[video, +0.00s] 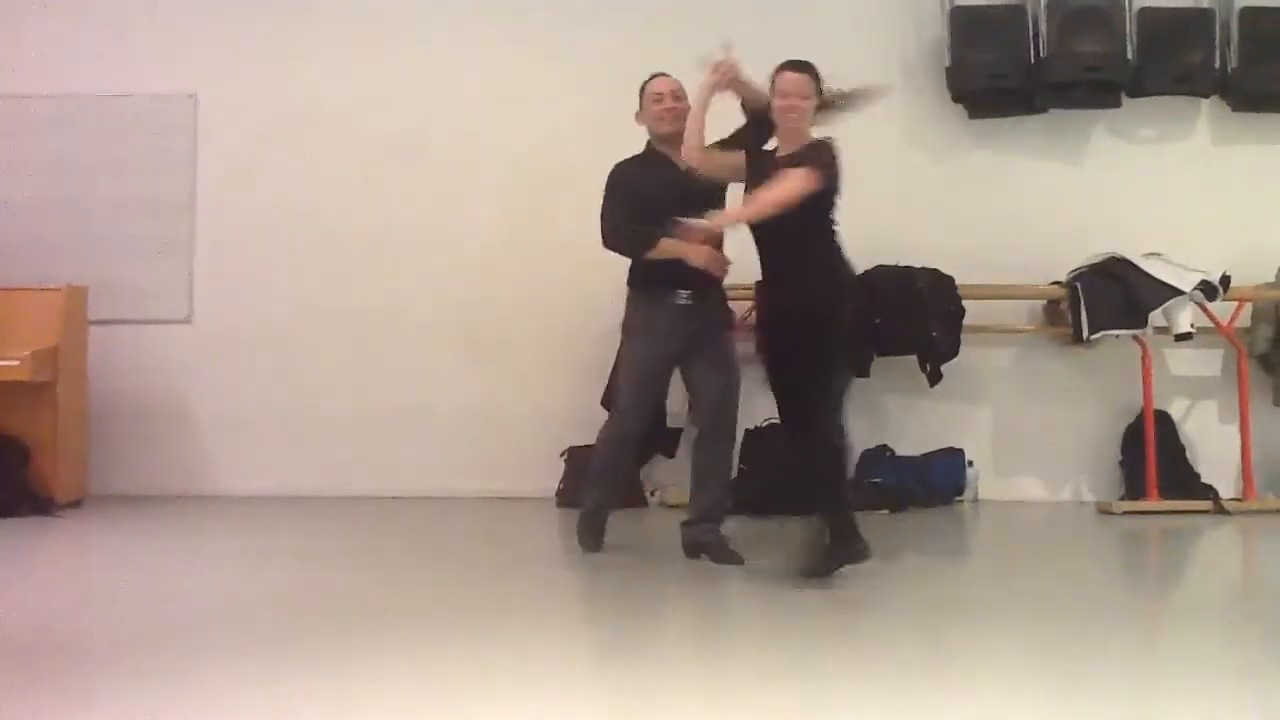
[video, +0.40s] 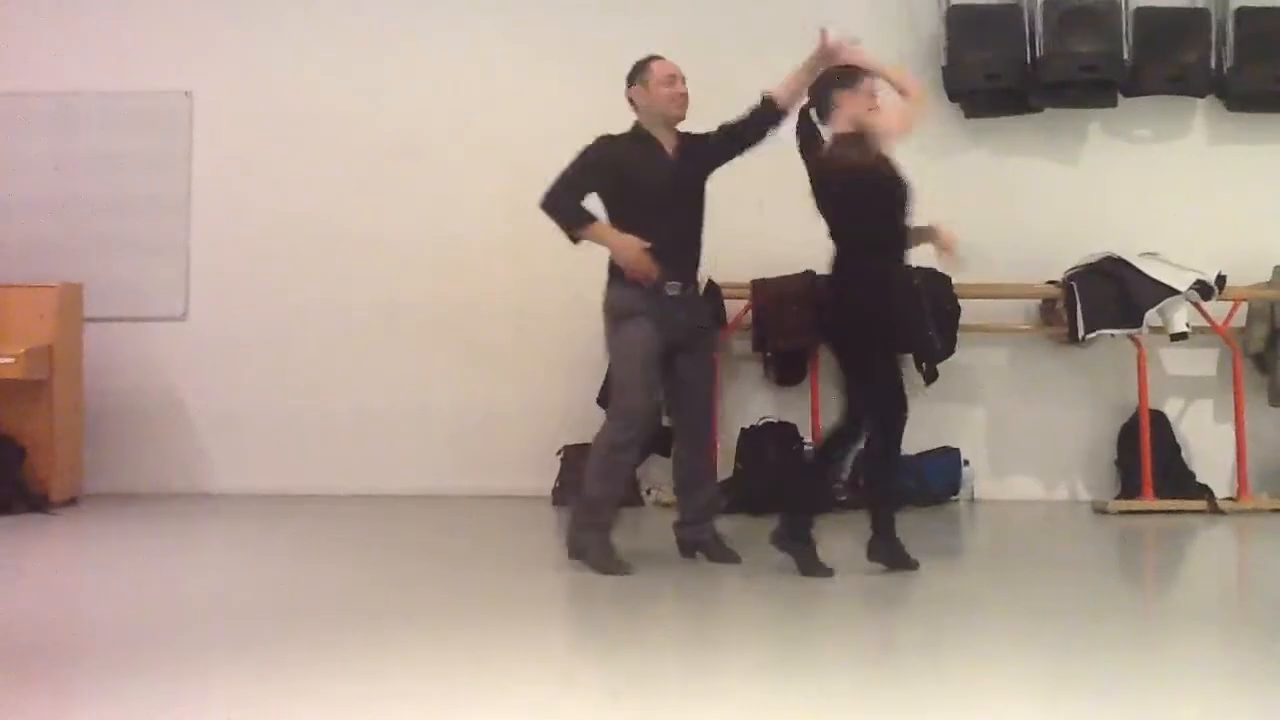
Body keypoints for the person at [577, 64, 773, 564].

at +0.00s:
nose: (669, 105)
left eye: (676, 98)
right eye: (657, 100)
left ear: (691, 110)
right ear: (641, 116)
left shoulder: (711, 162)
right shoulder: (628, 173)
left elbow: (763, 124)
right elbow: (615, 235)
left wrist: (741, 87)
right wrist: (685, 249)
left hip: (707, 306)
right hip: (652, 306)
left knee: (718, 411)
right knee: (633, 414)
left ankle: (704, 527)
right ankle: (596, 504)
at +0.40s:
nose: (681, 87)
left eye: (682, 81)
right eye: (668, 81)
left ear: (684, 95)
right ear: (636, 96)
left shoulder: (698, 151)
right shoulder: (610, 152)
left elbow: (761, 119)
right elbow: (558, 202)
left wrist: (815, 64)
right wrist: (615, 241)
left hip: (689, 301)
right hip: (635, 302)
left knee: (696, 421)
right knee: (633, 416)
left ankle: (697, 530)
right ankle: (589, 532)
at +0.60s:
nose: (662, 89)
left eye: (660, 81)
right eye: (649, 81)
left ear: (643, 95)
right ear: (613, 92)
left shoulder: (664, 165)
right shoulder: (581, 146)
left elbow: (738, 182)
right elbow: (523, 194)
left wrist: (798, 144)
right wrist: (576, 240)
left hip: (651, 307)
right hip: (599, 304)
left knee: (675, 414)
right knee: (599, 417)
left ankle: (695, 529)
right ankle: (583, 538)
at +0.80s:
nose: (644, 91)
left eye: (642, 83)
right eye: (631, 83)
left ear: (622, 97)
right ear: (596, 93)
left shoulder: (644, 170)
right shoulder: (560, 146)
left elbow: (718, 200)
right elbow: (500, 192)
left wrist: (789, 175)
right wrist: (549, 242)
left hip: (622, 308)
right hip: (567, 305)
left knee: (667, 399)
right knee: (580, 415)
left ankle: (623, 490)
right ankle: (580, 540)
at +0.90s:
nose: (635, 89)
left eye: (632, 82)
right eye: (622, 81)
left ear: (605, 95)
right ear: (586, 92)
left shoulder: (635, 168)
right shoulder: (548, 147)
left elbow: (709, 203)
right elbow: (490, 197)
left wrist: (781, 182)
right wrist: (537, 244)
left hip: (609, 309)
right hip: (555, 302)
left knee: (638, 421)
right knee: (572, 417)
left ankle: (558, 486)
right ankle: (581, 540)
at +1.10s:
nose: (622, 91)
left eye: (620, 83)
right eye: (609, 83)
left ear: (594, 97)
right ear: (575, 95)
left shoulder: (621, 169)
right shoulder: (538, 150)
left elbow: (694, 210)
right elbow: (480, 204)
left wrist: (765, 188)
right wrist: (527, 247)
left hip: (584, 311)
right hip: (540, 304)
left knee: (565, 421)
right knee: (564, 417)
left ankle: (486, 516)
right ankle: (581, 541)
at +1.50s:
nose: (620, 95)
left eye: (619, 86)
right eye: (607, 88)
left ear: (609, 101)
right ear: (575, 102)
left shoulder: (618, 170)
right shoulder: (559, 151)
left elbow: (656, 232)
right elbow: (524, 196)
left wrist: (703, 206)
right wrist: (590, 204)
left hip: (603, 310)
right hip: (571, 305)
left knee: (600, 420)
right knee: (600, 419)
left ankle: (510, 505)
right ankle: (587, 540)